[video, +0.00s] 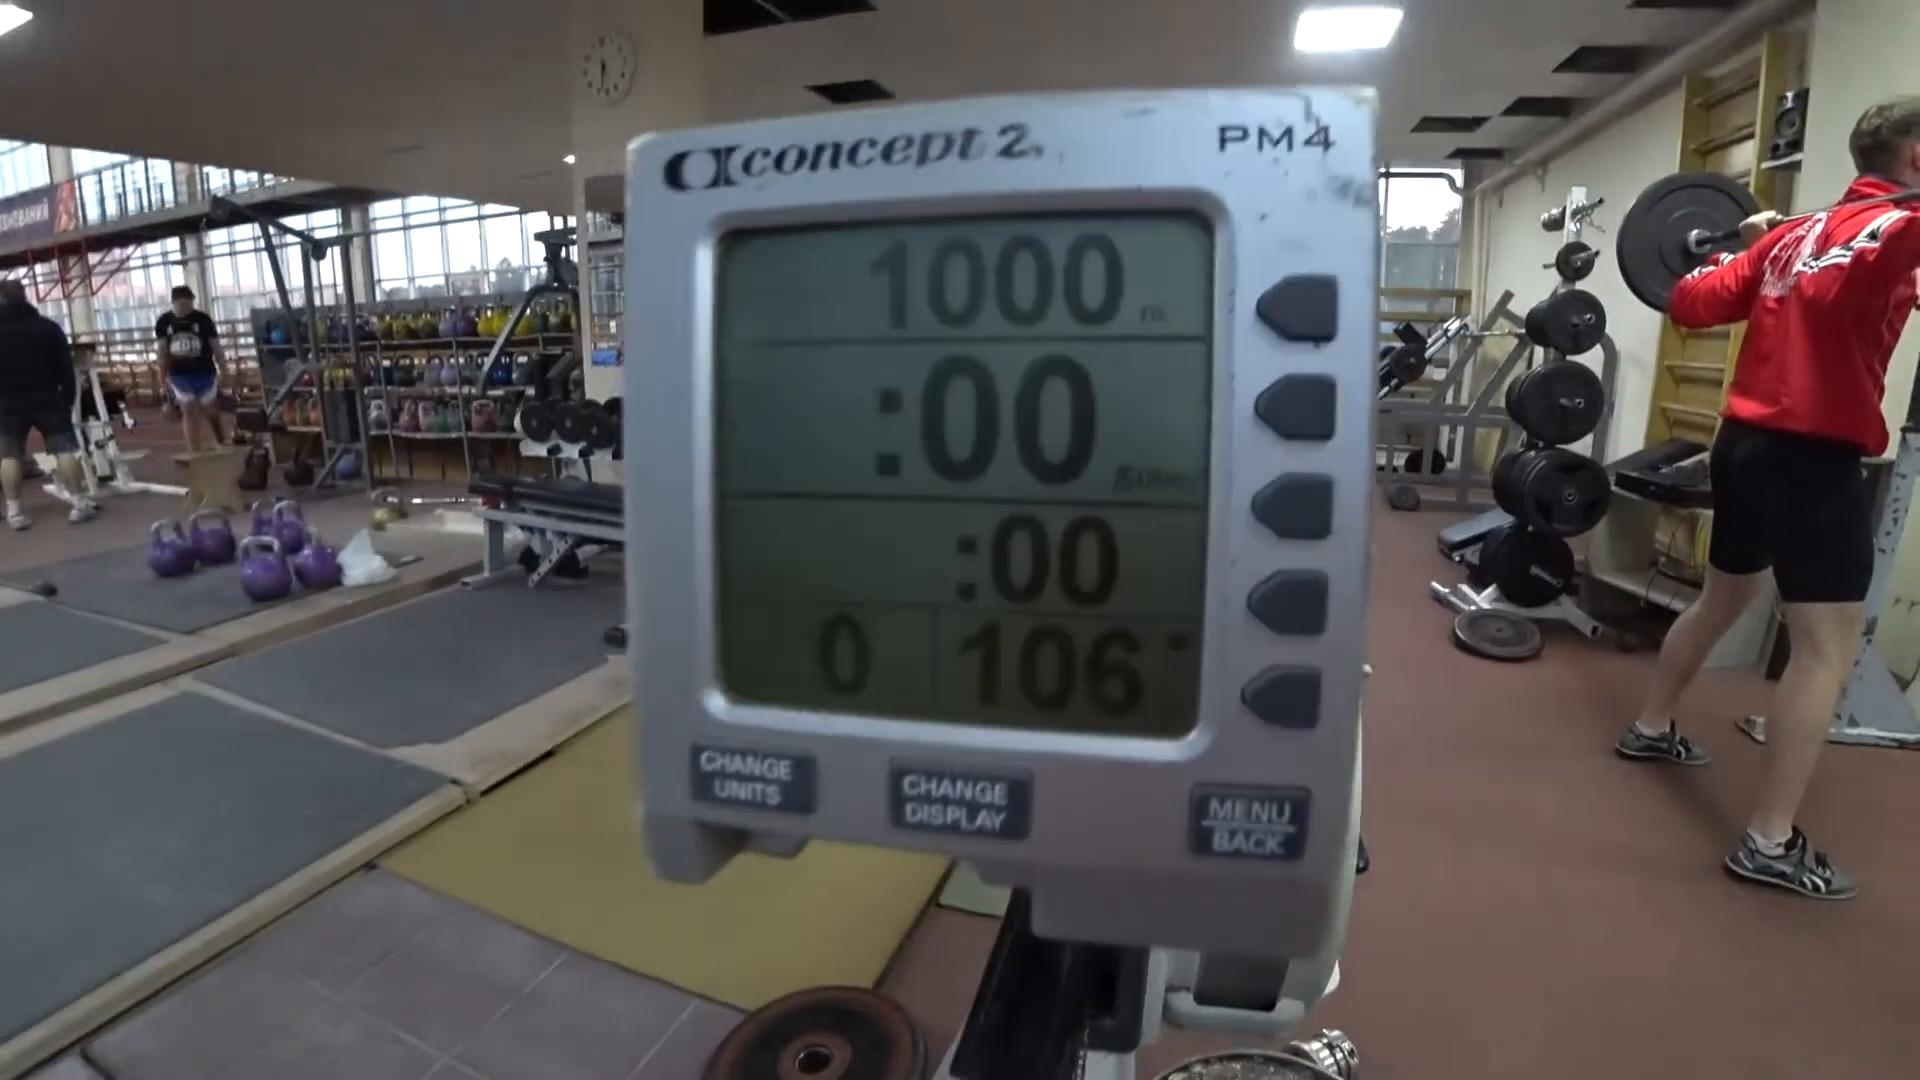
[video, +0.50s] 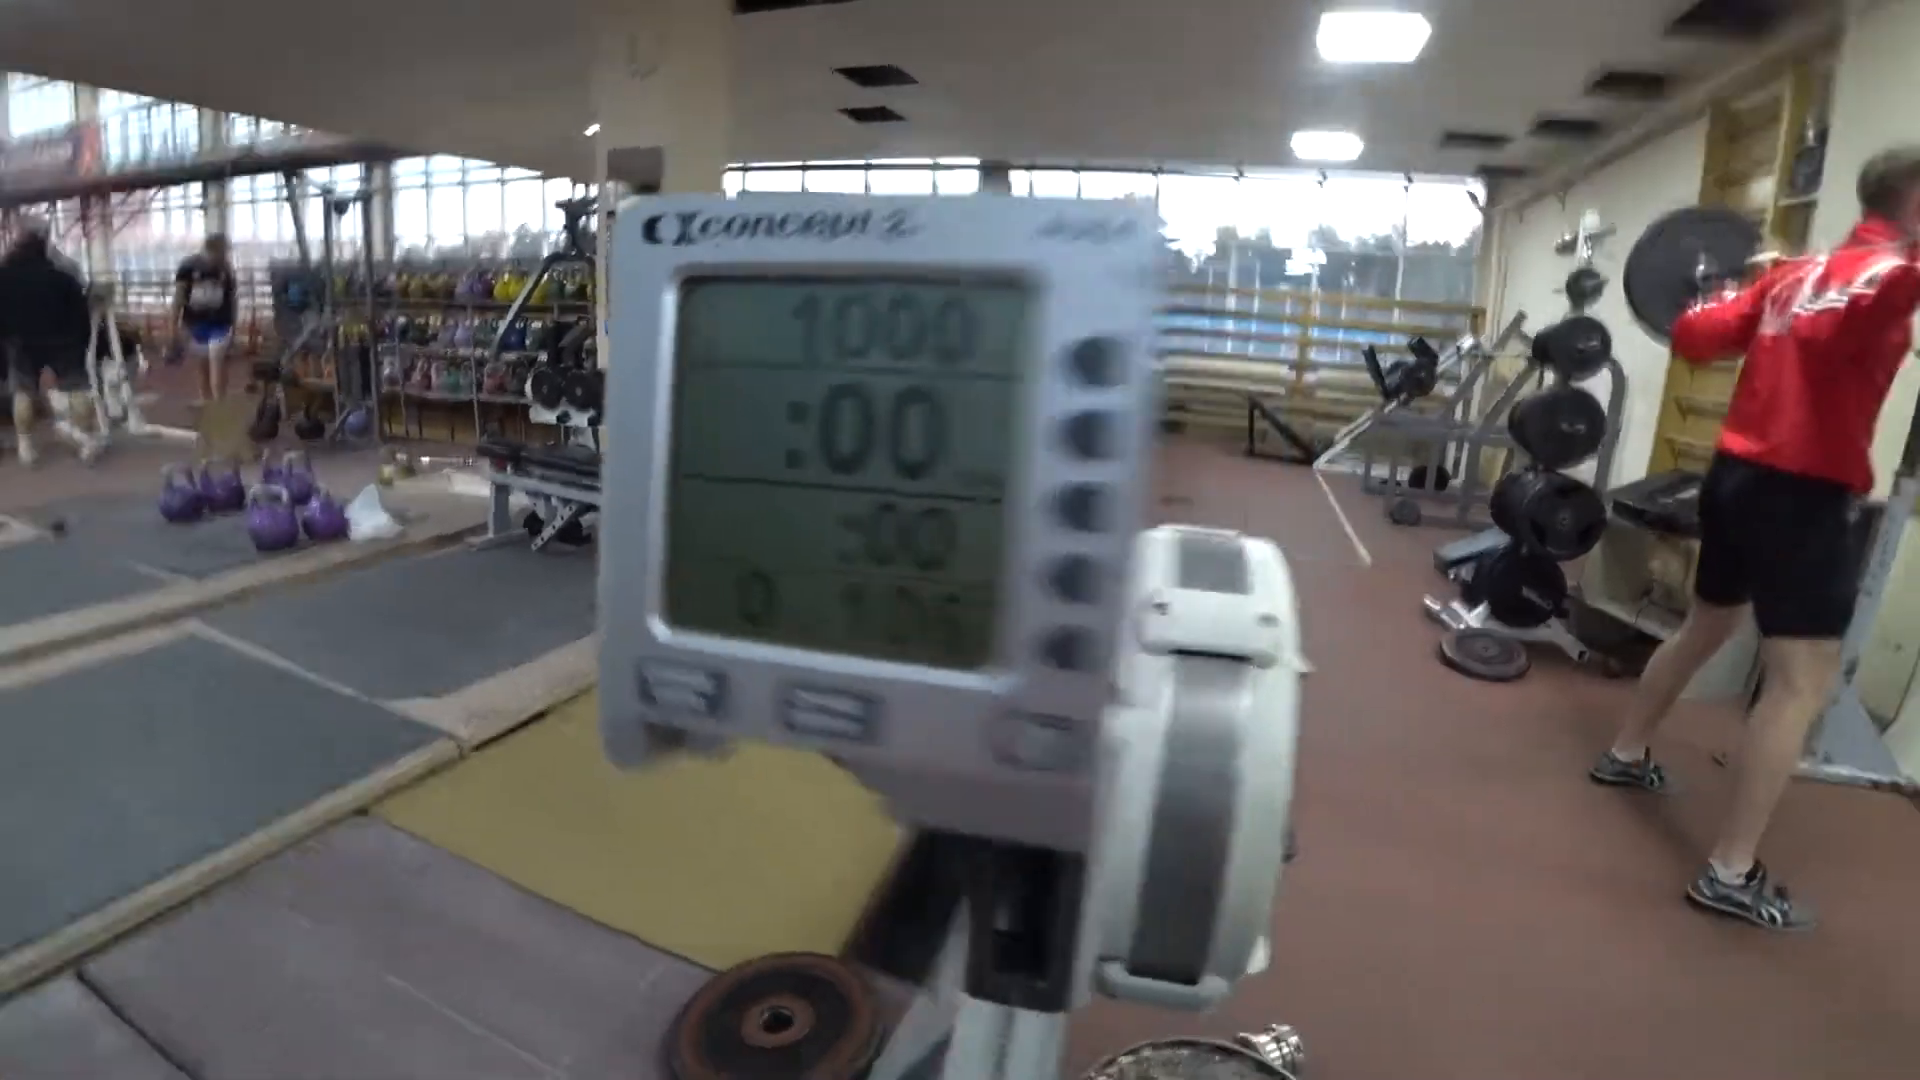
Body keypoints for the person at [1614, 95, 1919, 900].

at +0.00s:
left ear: (1861, 164)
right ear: (1907, 161)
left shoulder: (1790, 236)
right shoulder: (1903, 228)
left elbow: (1687, 301)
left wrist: (1735, 248)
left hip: (1742, 445)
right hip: (1822, 457)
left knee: (1722, 598)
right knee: (1821, 653)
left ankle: (1650, 724)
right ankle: (1770, 838)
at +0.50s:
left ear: (1862, 205)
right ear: (1913, 206)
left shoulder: (1791, 273)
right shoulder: (1898, 273)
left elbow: (1695, 331)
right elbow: (1873, 308)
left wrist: (1729, 288)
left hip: (1734, 475)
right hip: (1809, 492)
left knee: (1707, 624)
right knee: (1800, 684)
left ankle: (1625, 751)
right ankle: (1730, 871)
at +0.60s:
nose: (1915, 257)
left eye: (1915, 244)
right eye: (1914, 244)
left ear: (1843, 243)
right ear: (1895, 241)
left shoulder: (1767, 306)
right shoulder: (1870, 304)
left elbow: (1672, 360)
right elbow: (1842, 328)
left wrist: (1708, 322)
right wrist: (1897, 295)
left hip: (1709, 508)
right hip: (1781, 524)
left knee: (1678, 651)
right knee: (1765, 713)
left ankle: (1601, 773)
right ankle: (1702, 891)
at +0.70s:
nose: (1881, 299)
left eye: (1881, 285)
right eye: (1874, 285)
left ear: (1808, 286)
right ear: (1845, 287)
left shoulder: (1738, 351)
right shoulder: (1822, 343)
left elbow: (1651, 399)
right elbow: (1774, 387)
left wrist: (1699, 361)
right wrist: (1843, 351)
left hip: (1682, 547)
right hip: (1750, 560)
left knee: (1658, 686)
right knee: (1742, 745)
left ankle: (1584, 813)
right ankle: (1677, 932)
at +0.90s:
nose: (1855, 405)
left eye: (1856, 394)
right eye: (1850, 393)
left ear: (1784, 393)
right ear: (1826, 395)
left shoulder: (1723, 451)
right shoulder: (1803, 449)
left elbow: (1640, 500)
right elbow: (1768, 476)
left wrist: (1693, 459)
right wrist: (1824, 446)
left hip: (1667, 642)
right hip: (1723, 656)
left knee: (1671, 782)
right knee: (1759, 839)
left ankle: (1595, 900)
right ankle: (1679, 1019)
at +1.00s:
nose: (1877, 463)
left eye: (1876, 449)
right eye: (1871, 449)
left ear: (1812, 450)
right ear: (1849, 451)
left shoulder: (1755, 500)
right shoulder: (1831, 506)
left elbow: (1669, 549)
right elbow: (1776, 537)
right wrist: (1840, 501)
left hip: (1684, 689)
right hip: (1740, 705)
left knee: (1718, 830)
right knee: (1821, 889)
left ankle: (1635, 943)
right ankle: (1720, 1054)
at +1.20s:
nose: (1870, 540)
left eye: (1870, 528)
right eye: (1866, 528)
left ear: (1806, 536)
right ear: (1849, 534)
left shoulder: (1759, 583)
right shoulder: (1831, 598)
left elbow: (1672, 622)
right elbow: (1746, 644)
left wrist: (1732, 586)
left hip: (1666, 745)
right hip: (1721, 765)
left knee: (1752, 851)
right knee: (1826, 870)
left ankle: (1661, 957)